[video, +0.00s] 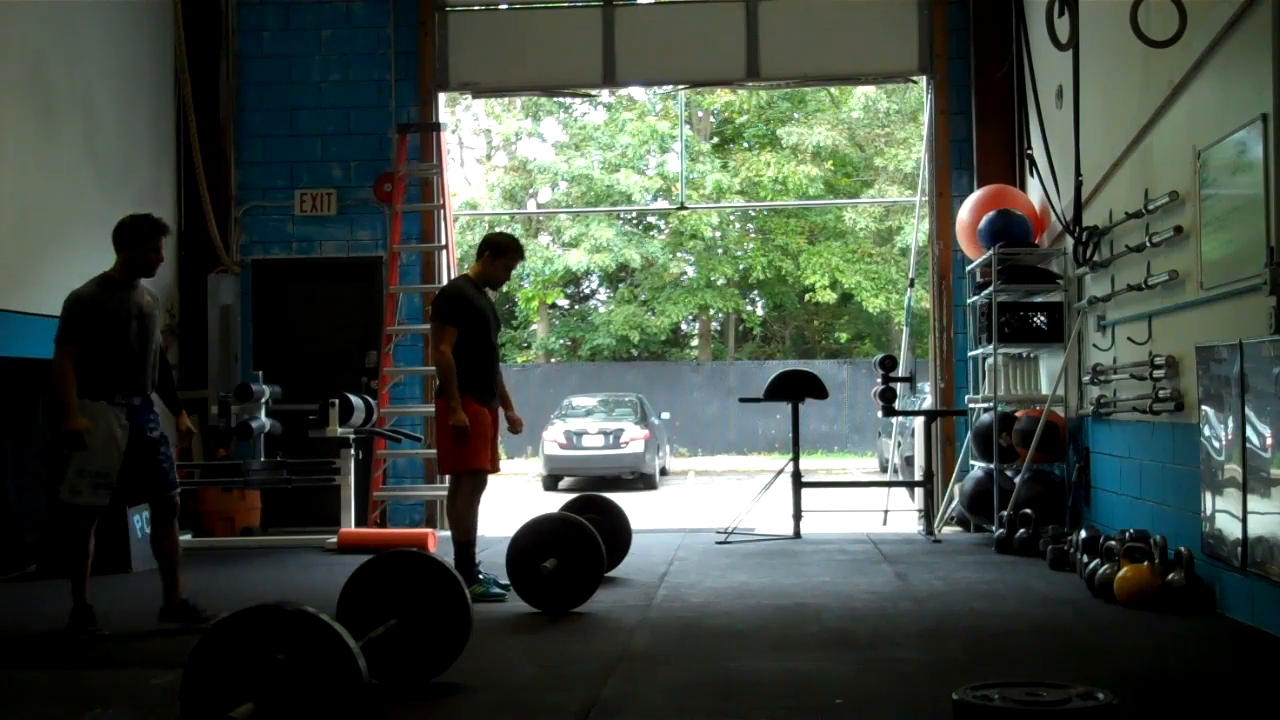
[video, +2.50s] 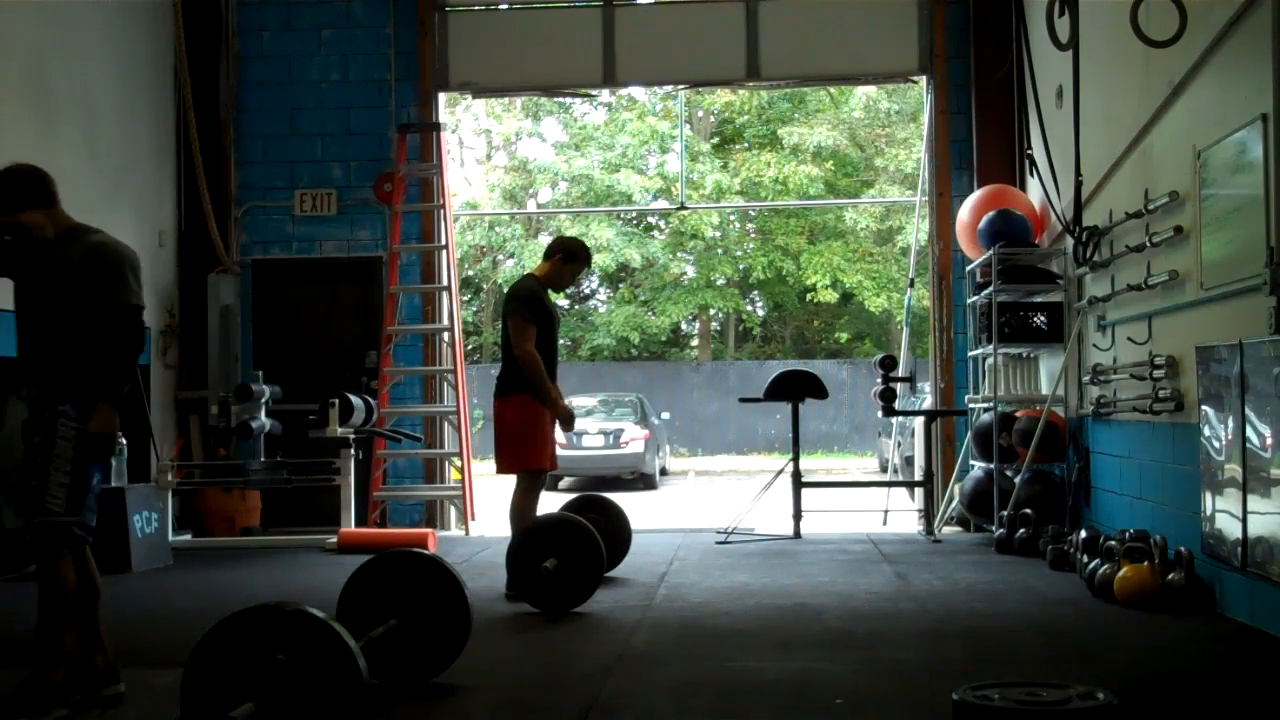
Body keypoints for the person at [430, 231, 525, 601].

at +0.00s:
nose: (508, 278)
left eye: (511, 271)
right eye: (507, 270)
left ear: (493, 261)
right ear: (488, 258)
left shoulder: (482, 299)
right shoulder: (455, 293)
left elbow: (490, 361)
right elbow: (441, 350)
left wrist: (508, 407)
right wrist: (454, 406)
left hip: (483, 405)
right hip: (464, 405)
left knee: (470, 485)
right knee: (469, 484)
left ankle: (467, 571)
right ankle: (466, 574)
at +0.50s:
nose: (509, 275)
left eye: (512, 268)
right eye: (509, 267)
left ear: (494, 258)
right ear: (490, 256)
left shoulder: (481, 294)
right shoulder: (460, 292)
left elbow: (486, 355)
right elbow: (456, 352)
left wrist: (499, 403)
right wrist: (479, 405)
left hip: (485, 406)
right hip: (464, 405)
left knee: (485, 482)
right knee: (466, 484)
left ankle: (471, 568)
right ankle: (467, 575)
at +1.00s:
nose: (520, 276)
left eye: (523, 269)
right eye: (520, 267)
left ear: (503, 258)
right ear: (502, 256)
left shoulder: (492, 294)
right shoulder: (472, 288)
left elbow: (508, 337)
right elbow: (475, 333)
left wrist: (526, 368)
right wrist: (513, 377)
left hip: (497, 401)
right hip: (474, 402)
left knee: (506, 481)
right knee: (475, 484)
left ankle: (514, 568)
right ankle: (469, 576)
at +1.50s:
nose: (548, 281)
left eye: (551, 274)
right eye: (549, 272)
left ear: (533, 260)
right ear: (533, 259)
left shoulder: (522, 300)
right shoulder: (501, 294)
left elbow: (535, 358)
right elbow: (504, 354)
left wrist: (564, 399)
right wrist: (533, 404)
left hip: (524, 401)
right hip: (504, 400)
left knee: (526, 481)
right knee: (512, 480)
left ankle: (526, 568)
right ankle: (477, 569)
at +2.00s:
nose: (566, 283)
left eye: (570, 278)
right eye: (567, 275)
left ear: (552, 263)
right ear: (552, 262)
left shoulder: (538, 299)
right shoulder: (518, 294)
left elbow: (542, 360)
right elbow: (509, 350)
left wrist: (551, 405)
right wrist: (525, 405)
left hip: (533, 401)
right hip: (516, 401)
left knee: (524, 483)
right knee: (521, 483)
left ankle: (518, 571)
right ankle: (512, 572)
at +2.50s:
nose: (573, 283)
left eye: (577, 278)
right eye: (574, 275)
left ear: (557, 260)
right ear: (558, 260)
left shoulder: (539, 296)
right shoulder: (525, 292)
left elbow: (539, 356)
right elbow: (524, 351)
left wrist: (557, 401)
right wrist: (557, 403)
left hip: (535, 401)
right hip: (524, 400)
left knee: (533, 482)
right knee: (530, 481)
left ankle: (525, 573)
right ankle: (520, 575)